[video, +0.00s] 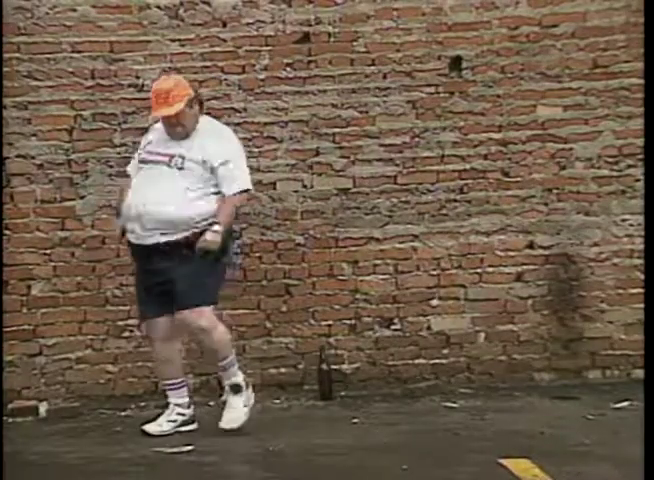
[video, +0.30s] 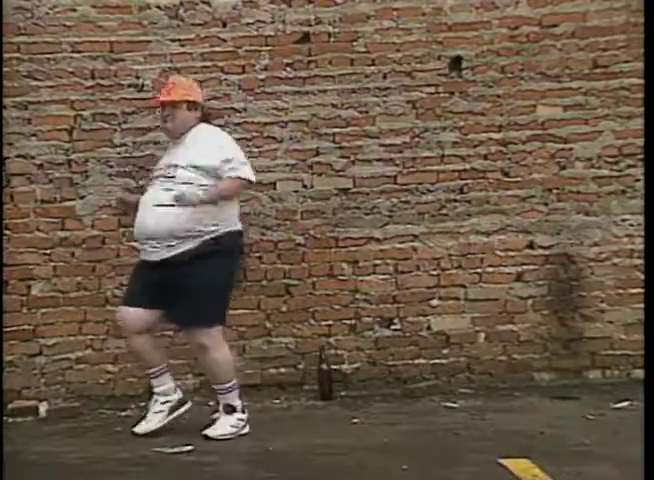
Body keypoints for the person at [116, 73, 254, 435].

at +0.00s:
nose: (170, 122)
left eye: (177, 114)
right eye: (164, 116)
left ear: (194, 104)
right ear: (156, 112)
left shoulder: (219, 138)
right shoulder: (154, 135)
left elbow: (235, 191)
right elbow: (136, 179)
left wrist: (218, 229)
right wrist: (127, 217)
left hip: (195, 243)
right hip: (149, 246)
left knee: (196, 317)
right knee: (159, 329)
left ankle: (237, 389)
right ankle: (180, 408)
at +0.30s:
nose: (164, 115)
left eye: (171, 108)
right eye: (161, 109)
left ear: (193, 109)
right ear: (162, 112)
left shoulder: (212, 138)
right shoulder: (175, 148)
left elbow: (240, 180)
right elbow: (174, 196)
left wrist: (202, 196)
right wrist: (139, 202)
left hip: (207, 250)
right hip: (163, 253)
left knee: (206, 335)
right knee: (132, 320)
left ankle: (233, 412)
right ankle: (167, 394)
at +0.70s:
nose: (133, 131)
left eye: (137, 123)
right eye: (129, 126)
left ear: (157, 112)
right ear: (129, 123)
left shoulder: (186, 132)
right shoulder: (130, 151)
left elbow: (181, 177)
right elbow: (102, 187)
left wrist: (154, 219)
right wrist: (84, 211)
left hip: (206, 245)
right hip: (154, 255)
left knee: (209, 314)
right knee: (156, 332)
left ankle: (228, 393)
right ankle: (178, 411)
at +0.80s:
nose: (141, 125)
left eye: (145, 118)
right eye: (138, 120)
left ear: (165, 106)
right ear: (138, 116)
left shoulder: (197, 126)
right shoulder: (136, 143)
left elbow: (204, 169)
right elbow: (115, 184)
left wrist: (186, 210)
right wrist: (103, 212)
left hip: (200, 242)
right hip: (147, 249)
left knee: (204, 318)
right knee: (157, 331)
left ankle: (222, 392)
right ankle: (178, 411)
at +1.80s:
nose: (124, 99)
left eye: (132, 93)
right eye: (121, 93)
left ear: (153, 88)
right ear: (121, 93)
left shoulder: (179, 117)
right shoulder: (130, 124)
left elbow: (219, 161)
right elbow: (141, 173)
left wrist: (223, 204)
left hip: (176, 223)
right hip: (135, 231)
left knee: (185, 317)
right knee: (151, 322)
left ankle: (219, 400)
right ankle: (169, 406)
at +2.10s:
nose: (112, 105)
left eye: (118, 97)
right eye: (111, 99)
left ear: (141, 94)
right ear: (123, 101)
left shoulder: (156, 117)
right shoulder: (127, 137)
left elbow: (147, 154)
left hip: (169, 235)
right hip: (137, 245)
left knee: (173, 325)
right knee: (143, 332)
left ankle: (209, 410)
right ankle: (179, 407)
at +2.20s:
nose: (105, 96)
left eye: (110, 88)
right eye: (105, 91)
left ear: (131, 84)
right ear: (122, 90)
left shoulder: (149, 106)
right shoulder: (126, 119)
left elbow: (106, 132)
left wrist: (68, 152)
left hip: (169, 222)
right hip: (140, 230)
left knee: (156, 313)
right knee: (149, 318)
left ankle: (195, 395)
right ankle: (171, 398)